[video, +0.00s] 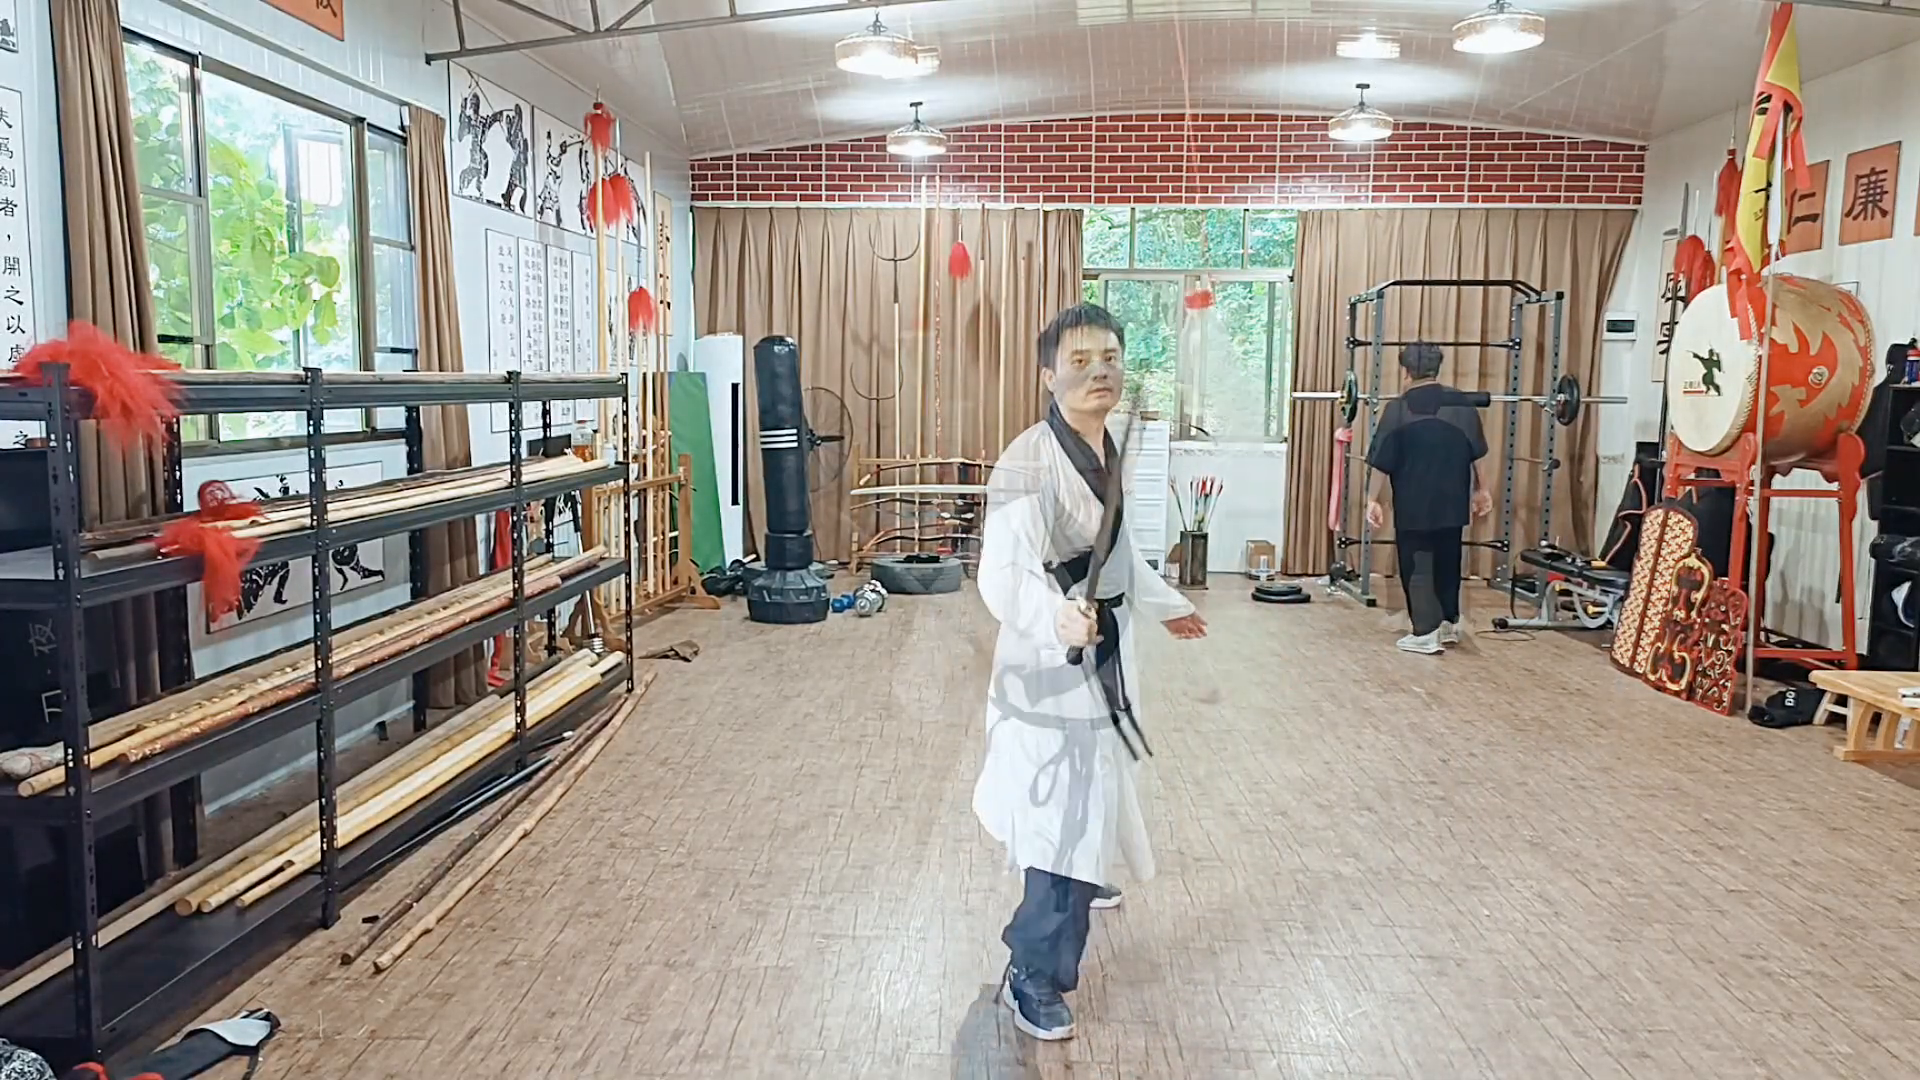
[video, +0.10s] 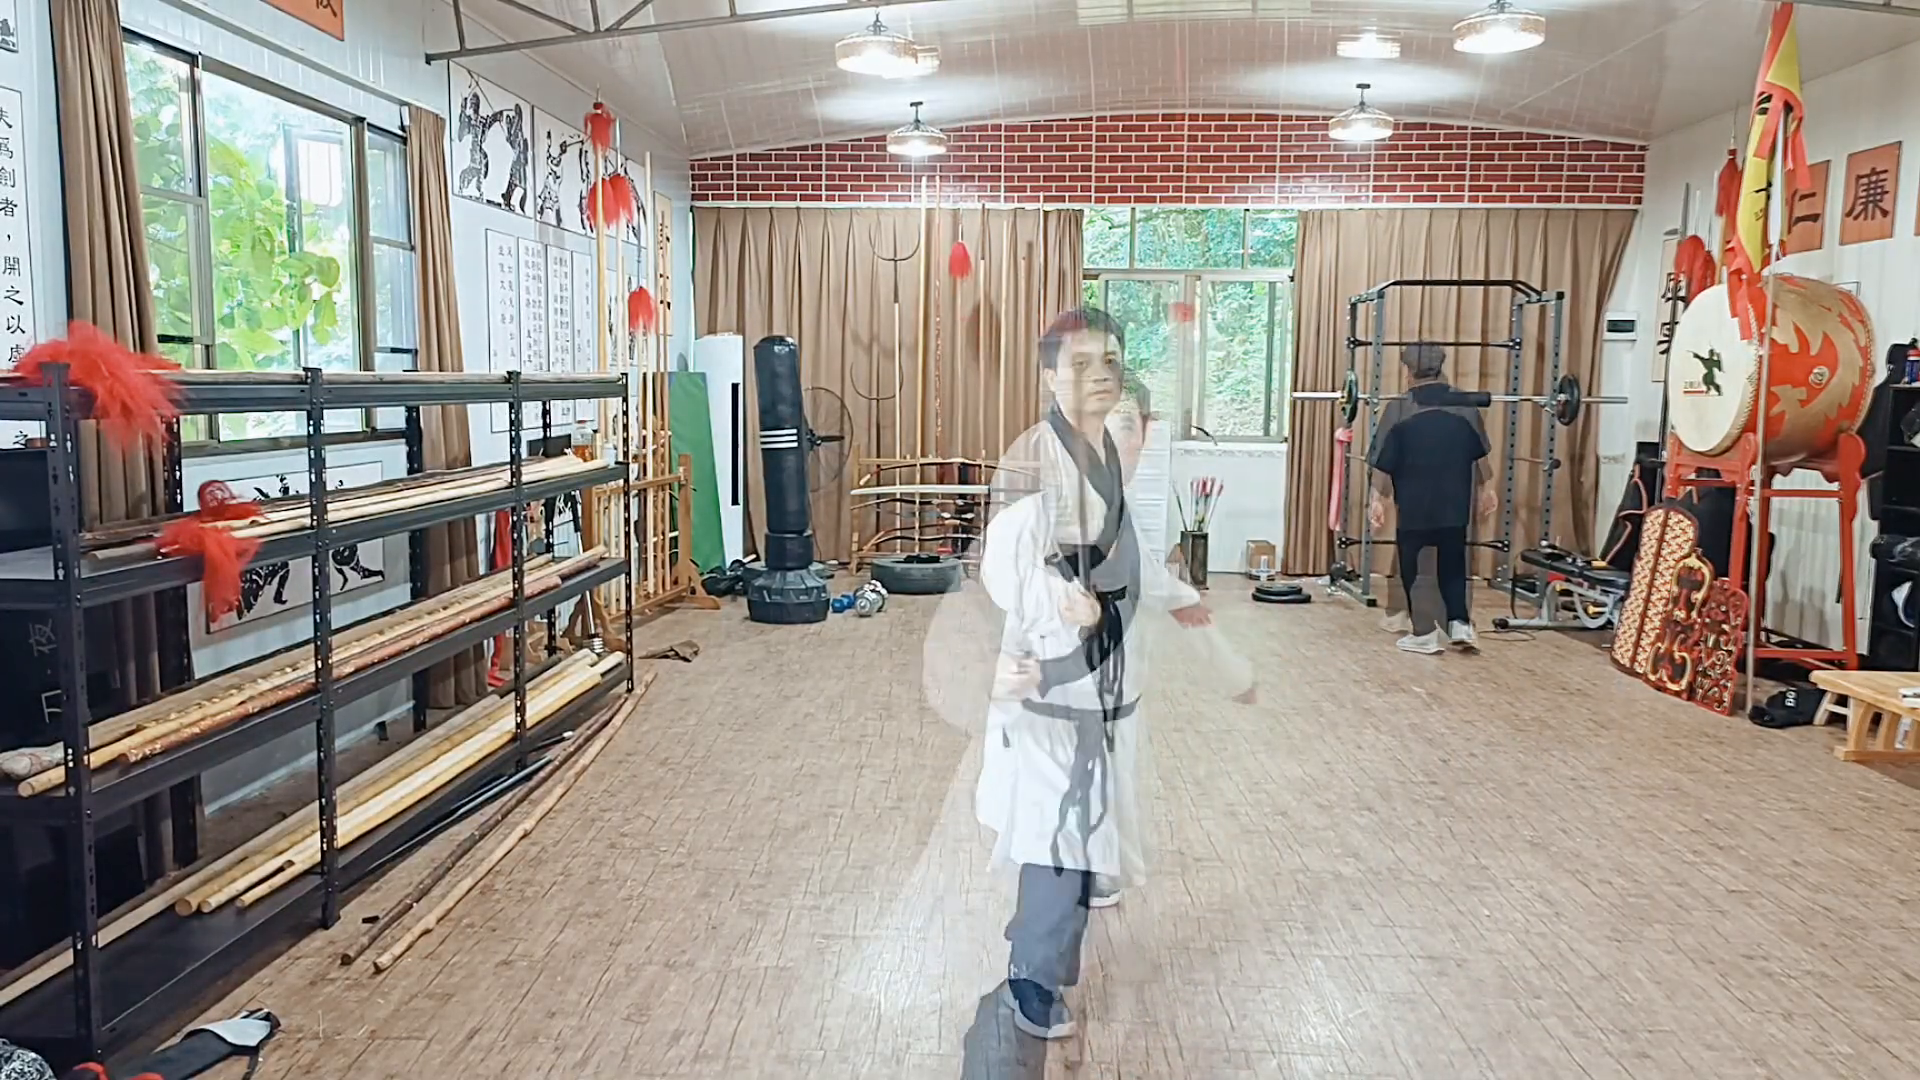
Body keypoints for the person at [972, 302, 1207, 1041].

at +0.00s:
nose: (1100, 372)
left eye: (1109, 358)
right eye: (1081, 361)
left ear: (1122, 368)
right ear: (1050, 374)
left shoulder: (1110, 451)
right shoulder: (1027, 462)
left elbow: (1115, 552)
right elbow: (1004, 573)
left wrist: (1166, 604)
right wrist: (1058, 617)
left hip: (1100, 657)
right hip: (1046, 669)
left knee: (1093, 783)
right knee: (1059, 815)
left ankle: (1077, 881)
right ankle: (1034, 979)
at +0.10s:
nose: (1098, 376)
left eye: (1109, 362)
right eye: (1080, 364)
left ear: (1122, 373)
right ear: (1051, 377)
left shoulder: (1111, 451)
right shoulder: (1035, 459)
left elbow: (1120, 547)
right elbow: (1005, 558)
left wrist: (1172, 594)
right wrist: (1059, 600)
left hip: (1104, 676)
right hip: (1045, 681)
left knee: (1087, 814)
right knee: (1056, 830)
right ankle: (1034, 980)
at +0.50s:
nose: (1142, 403)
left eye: (1149, 384)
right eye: (1118, 386)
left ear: (1158, 392)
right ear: (1065, 405)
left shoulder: (1112, 483)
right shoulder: (1064, 490)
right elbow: (1146, 510)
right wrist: (1213, 507)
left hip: (1105, 713)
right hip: (1053, 728)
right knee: (1068, 976)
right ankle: (1030, 1065)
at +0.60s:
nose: (1148, 403)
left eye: (1153, 384)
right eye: (1122, 390)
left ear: (1163, 391)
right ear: (1071, 417)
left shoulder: (1126, 479)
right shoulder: (1071, 496)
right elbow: (1156, 492)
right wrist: (1246, 453)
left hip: (1117, 709)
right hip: (1054, 730)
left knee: (1141, 844)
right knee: (1071, 967)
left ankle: (1128, 946)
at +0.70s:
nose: (1157, 404)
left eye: (1161, 386)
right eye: (1132, 391)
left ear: (1171, 396)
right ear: (1082, 416)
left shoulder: (1138, 488)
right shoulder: (1073, 504)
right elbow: (1132, 552)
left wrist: (1250, 545)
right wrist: (1233, 536)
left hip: (1122, 710)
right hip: (1060, 732)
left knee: (1145, 827)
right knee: (1082, 961)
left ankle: (1167, 936)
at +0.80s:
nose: (1169, 411)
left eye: (1176, 392)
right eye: (1144, 398)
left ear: (1185, 399)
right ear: (1098, 414)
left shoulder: (1143, 496)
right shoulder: (1085, 507)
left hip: (1119, 729)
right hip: (1069, 744)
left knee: (1138, 846)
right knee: (1082, 975)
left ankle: (1145, 952)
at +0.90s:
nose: (1182, 410)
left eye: (1192, 392)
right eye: (1158, 394)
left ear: (1205, 403)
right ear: (1115, 414)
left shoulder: (1162, 497)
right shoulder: (1095, 504)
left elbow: (1132, 626)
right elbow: (1051, 645)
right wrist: (1118, 694)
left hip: (1129, 732)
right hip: (1077, 748)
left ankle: (1138, 967)